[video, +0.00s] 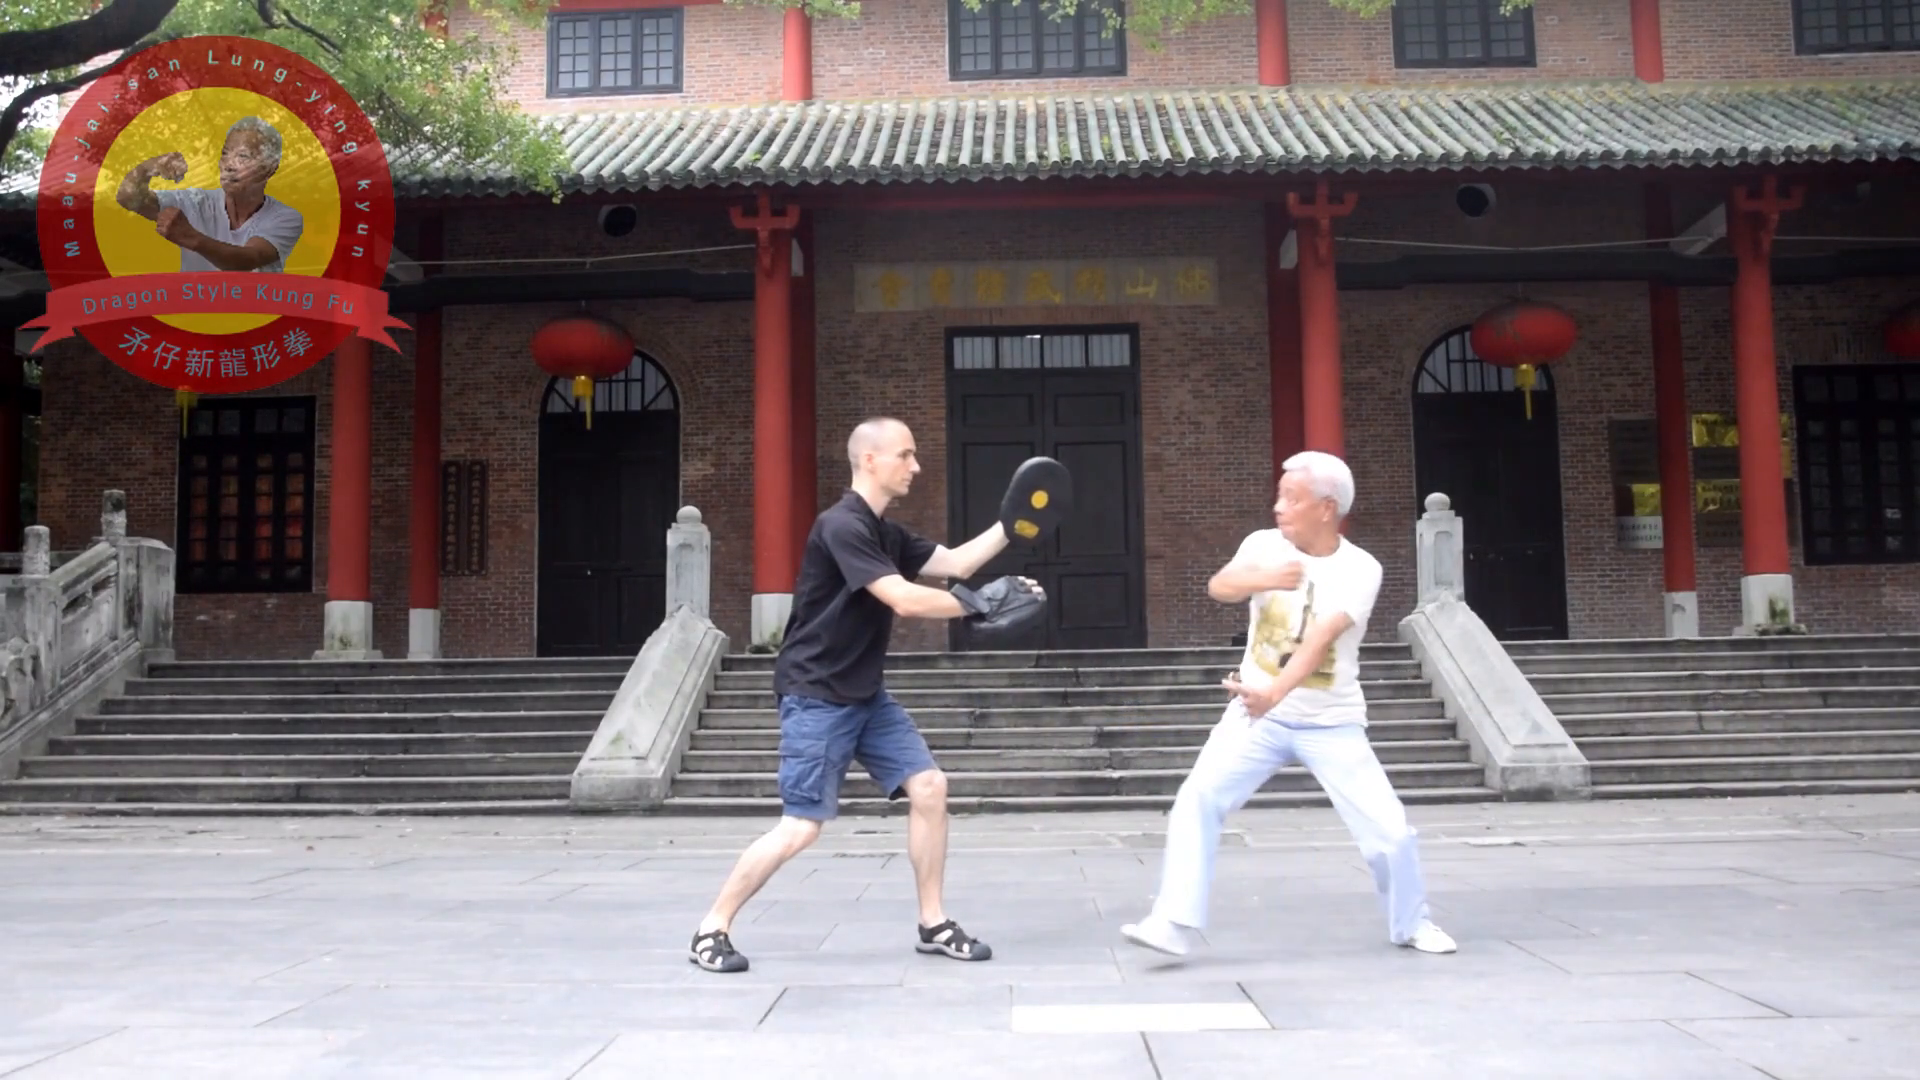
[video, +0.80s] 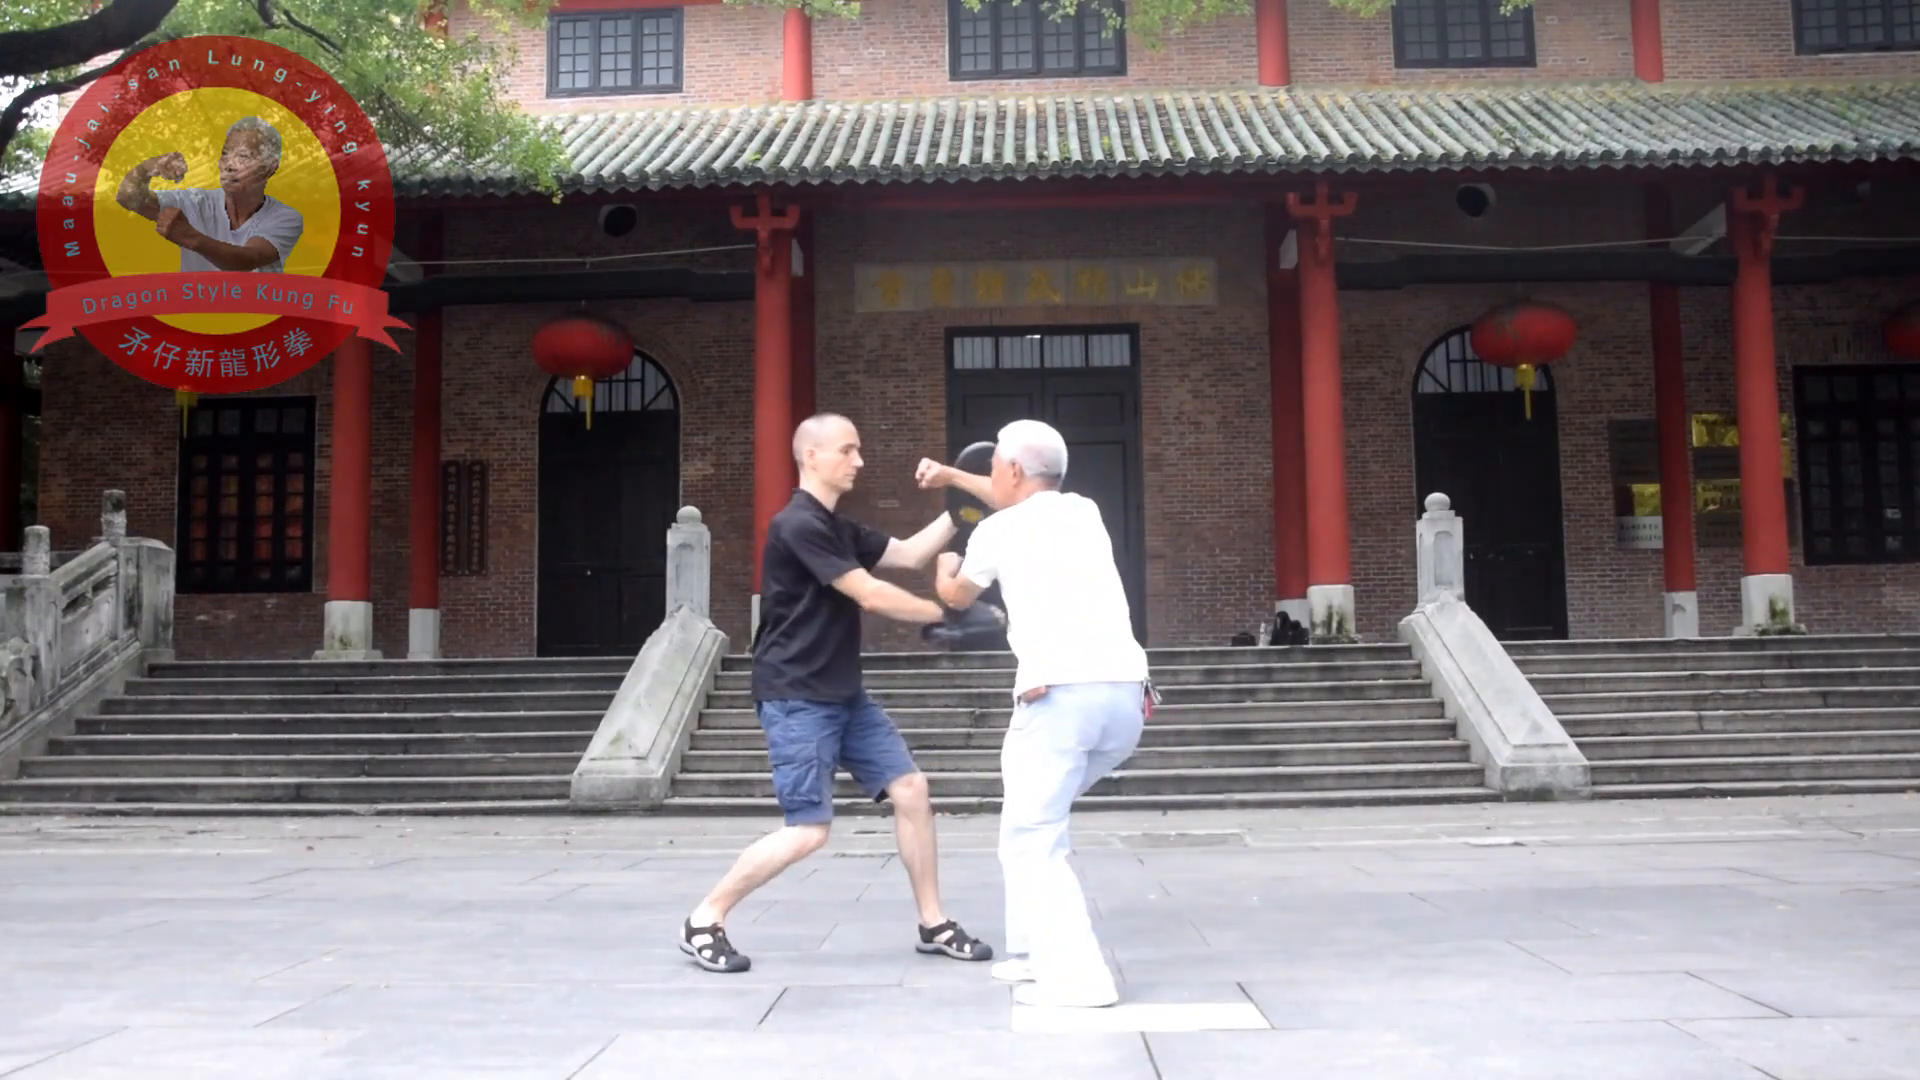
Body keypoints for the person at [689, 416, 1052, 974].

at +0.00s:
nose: (916, 466)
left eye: (914, 456)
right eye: (905, 455)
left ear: (879, 464)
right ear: (869, 462)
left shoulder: (884, 530)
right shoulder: (841, 525)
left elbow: (954, 564)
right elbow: (904, 601)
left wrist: (1013, 524)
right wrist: (983, 603)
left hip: (867, 695)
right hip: (816, 696)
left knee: (929, 789)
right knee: (802, 827)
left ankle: (934, 924)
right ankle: (712, 929)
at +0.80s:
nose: (858, 460)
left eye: (858, 451)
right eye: (847, 451)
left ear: (840, 460)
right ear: (810, 457)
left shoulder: (836, 523)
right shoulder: (798, 524)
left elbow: (909, 554)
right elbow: (871, 597)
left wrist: (961, 508)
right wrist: (947, 612)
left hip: (844, 693)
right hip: (794, 695)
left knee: (910, 790)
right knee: (808, 831)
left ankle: (934, 924)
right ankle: (705, 918)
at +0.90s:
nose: (832, 467)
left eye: (831, 457)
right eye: (820, 457)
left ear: (812, 465)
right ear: (782, 464)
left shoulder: (813, 535)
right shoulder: (767, 534)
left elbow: (878, 578)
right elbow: (824, 612)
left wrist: (930, 537)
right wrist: (898, 650)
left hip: (830, 699)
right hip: (778, 704)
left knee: (896, 795)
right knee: (806, 835)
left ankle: (934, 924)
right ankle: (689, 920)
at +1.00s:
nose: (805, 463)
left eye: (805, 453)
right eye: (793, 453)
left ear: (783, 462)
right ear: (758, 460)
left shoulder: (778, 530)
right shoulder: (743, 527)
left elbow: (817, 600)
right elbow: (774, 615)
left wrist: (881, 572)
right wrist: (839, 685)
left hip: (783, 694)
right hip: (737, 698)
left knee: (851, 794)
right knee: (781, 824)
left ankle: (915, 918)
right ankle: (686, 931)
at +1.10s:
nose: (781, 465)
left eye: (781, 455)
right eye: (770, 455)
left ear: (756, 463)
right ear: (733, 461)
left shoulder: (751, 532)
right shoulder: (711, 525)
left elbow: (780, 600)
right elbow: (736, 598)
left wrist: (848, 584)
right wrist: (796, 651)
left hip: (739, 689)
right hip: (696, 692)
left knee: (806, 782)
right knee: (756, 812)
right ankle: (685, 934)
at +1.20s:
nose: (755, 461)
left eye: (755, 451)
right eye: (744, 451)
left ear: (733, 461)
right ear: (707, 457)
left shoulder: (731, 532)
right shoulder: (677, 516)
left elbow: (772, 600)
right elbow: (709, 565)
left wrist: (816, 570)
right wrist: (786, 557)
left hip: (691, 682)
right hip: (657, 679)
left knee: (715, 812)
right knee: (731, 797)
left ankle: (604, 888)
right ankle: (682, 933)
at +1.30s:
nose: (728, 458)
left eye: (728, 448)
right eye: (716, 448)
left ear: (711, 458)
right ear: (679, 455)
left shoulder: (709, 521)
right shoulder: (648, 509)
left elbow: (752, 577)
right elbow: (684, 533)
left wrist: (803, 562)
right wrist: (745, 491)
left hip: (653, 678)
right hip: (630, 675)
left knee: (616, 812)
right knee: (712, 788)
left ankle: (491, 884)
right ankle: (680, 934)